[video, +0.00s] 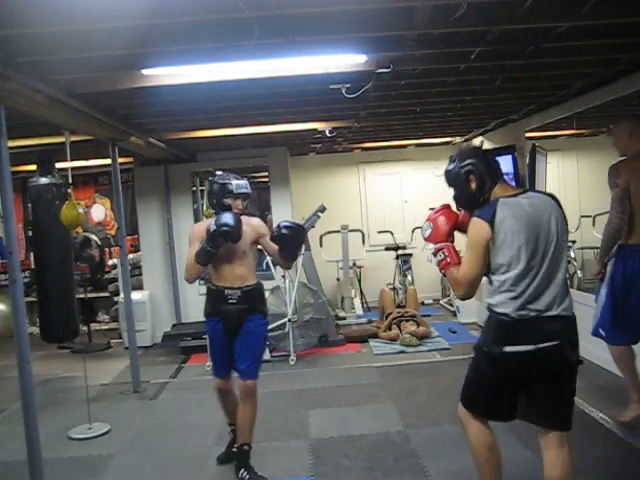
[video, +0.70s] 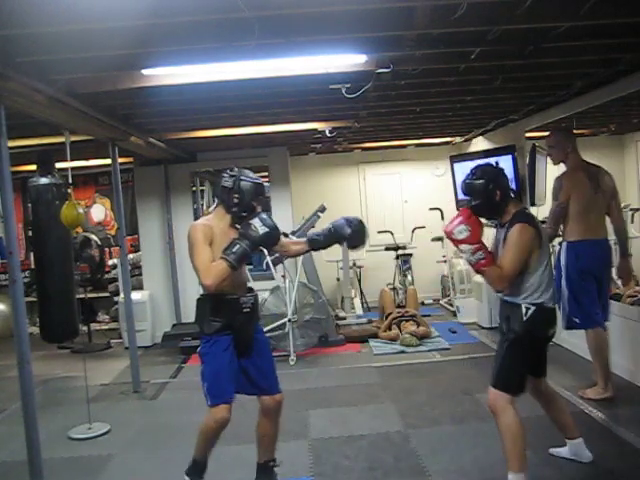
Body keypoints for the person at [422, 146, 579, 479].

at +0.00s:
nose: (457, 197)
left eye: (456, 188)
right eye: (454, 190)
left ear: (473, 179)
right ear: (495, 174)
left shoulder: (487, 218)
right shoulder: (551, 204)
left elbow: (463, 288)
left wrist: (441, 247)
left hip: (507, 339)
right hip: (559, 335)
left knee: (472, 412)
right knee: (554, 436)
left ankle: (492, 475)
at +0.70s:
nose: (478, 207)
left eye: (480, 200)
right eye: (475, 201)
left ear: (497, 194)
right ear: (501, 194)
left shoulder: (522, 227)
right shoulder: (508, 225)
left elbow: (502, 281)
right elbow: (498, 275)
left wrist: (475, 250)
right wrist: (475, 249)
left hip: (529, 317)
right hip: (524, 314)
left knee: (499, 399)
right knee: (538, 385)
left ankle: (516, 474)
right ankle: (577, 446)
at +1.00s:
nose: (455, 197)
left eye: (455, 190)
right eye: (452, 191)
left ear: (470, 187)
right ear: (476, 185)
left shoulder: (498, 207)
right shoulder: (482, 212)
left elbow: (470, 239)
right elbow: (463, 252)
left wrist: (431, 220)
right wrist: (444, 228)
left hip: (515, 294)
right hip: (500, 293)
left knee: (495, 373)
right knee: (509, 363)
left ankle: (518, 436)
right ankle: (552, 409)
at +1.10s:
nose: (447, 201)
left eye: (448, 195)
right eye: (445, 196)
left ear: (462, 189)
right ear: (469, 187)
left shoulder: (491, 212)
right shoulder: (470, 215)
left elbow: (475, 254)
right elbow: (459, 253)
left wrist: (446, 229)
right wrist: (437, 231)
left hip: (505, 294)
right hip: (489, 293)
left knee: (488, 373)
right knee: (492, 357)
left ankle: (517, 435)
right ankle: (523, 402)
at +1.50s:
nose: (427, 195)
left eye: (431, 189)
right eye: (424, 190)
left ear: (447, 187)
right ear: (424, 191)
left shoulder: (467, 213)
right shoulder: (430, 211)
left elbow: (467, 256)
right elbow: (419, 247)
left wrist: (446, 228)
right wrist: (414, 225)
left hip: (463, 280)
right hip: (440, 280)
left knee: (460, 351)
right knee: (449, 346)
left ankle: (484, 406)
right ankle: (481, 393)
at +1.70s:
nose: (413, 194)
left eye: (417, 188)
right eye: (410, 189)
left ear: (431, 187)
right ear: (408, 191)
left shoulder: (450, 213)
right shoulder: (410, 213)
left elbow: (454, 254)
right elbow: (400, 250)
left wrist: (433, 228)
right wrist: (400, 226)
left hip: (445, 282)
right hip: (420, 282)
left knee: (450, 351)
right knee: (407, 338)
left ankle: (463, 398)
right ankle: (440, 371)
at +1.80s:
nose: (403, 200)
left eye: (408, 194)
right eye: (400, 195)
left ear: (421, 193)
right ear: (398, 197)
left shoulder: (438, 218)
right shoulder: (398, 218)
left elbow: (442, 259)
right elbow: (389, 257)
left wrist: (425, 232)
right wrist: (391, 233)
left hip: (433, 286)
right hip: (407, 286)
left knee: (444, 355)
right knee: (392, 337)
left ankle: (461, 400)